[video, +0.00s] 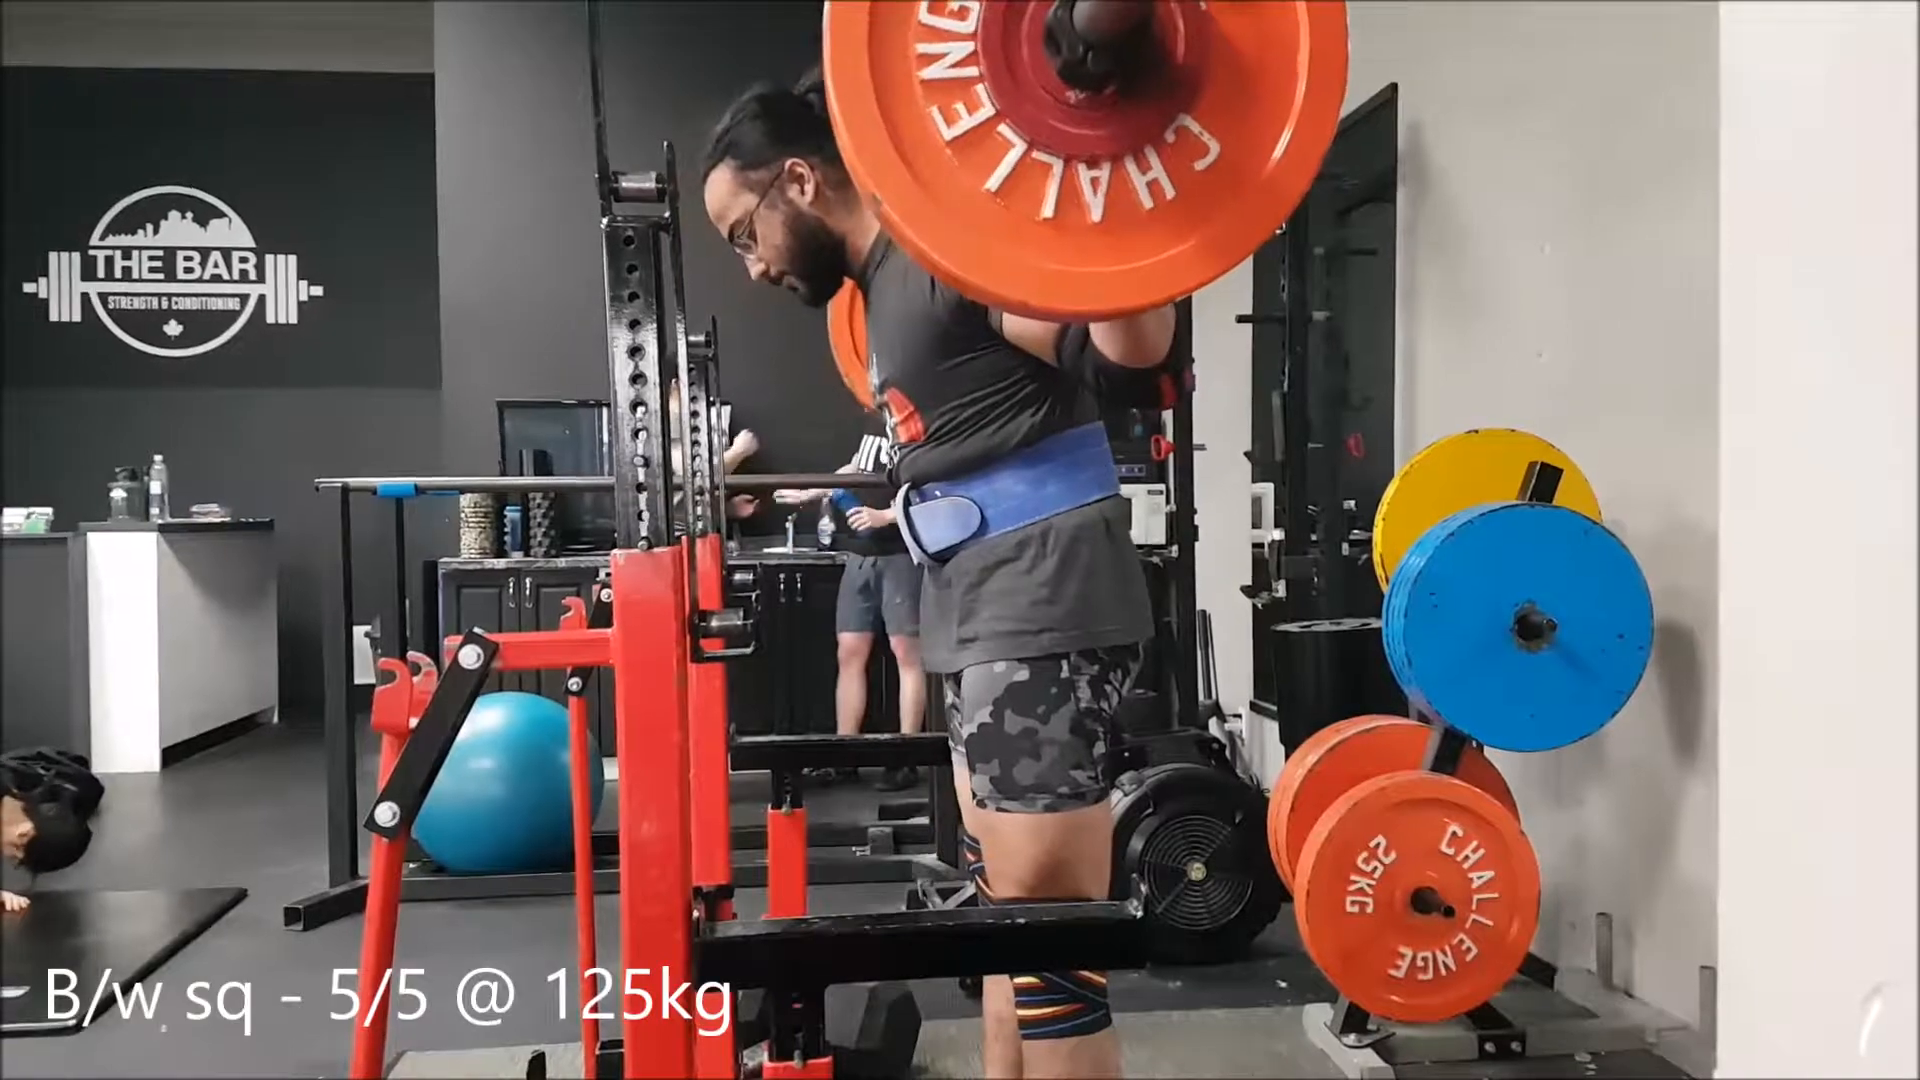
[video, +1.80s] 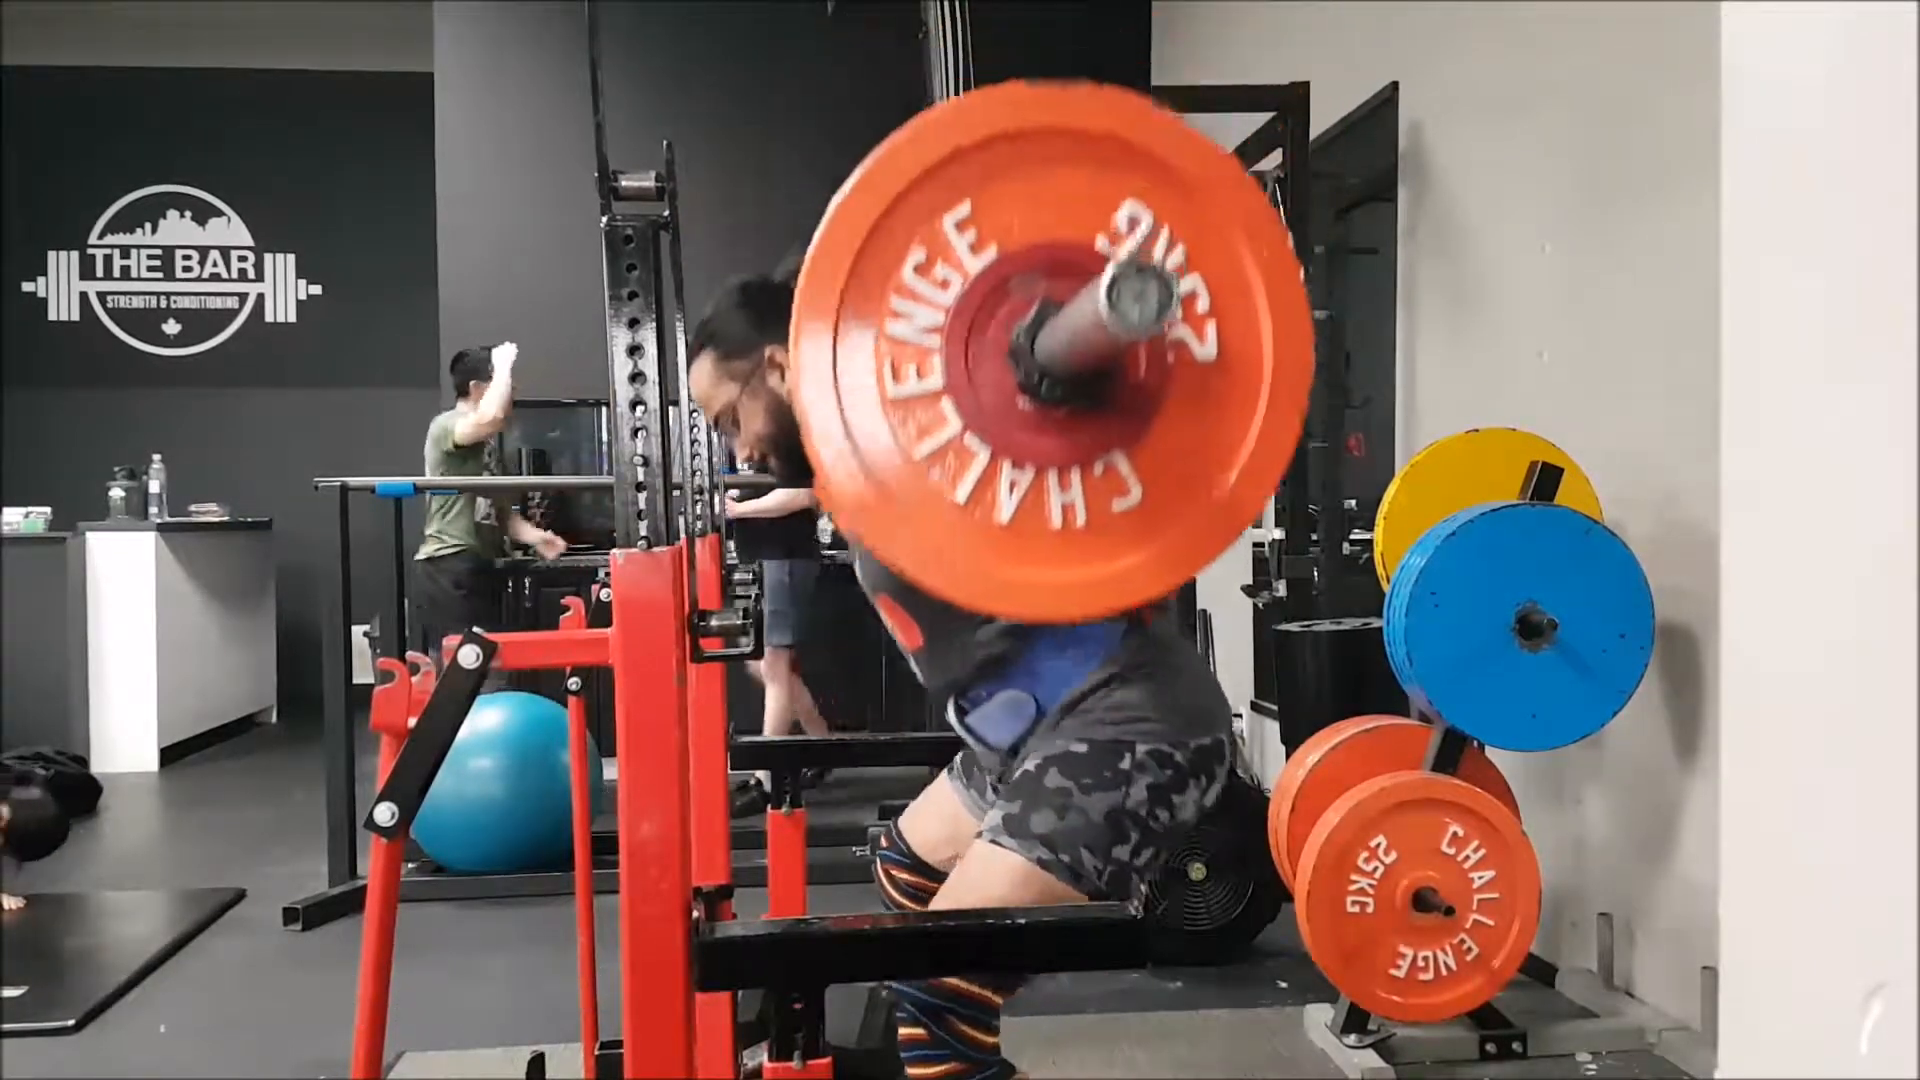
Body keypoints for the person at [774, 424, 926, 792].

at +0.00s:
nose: (878, 398)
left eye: (887, 392)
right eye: (878, 393)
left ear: (909, 393)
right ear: (878, 396)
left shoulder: (929, 440)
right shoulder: (877, 434)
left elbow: (931, 499)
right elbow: (853, 474)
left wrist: (885, 516)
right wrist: (811, 494)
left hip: (902, 557)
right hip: (860, 556)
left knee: (907, 652)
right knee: (850, 652)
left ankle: (907, 757)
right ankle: (843, 755)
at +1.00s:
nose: (811, 392)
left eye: (818, 383)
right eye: (807, 386)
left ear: (846, 380)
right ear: (811, 389)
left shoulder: (888, 427)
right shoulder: (823, 434)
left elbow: (915, 490)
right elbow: (819, 499)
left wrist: (872, 523)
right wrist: (827, 552)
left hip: (890, 556)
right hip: (844, 559)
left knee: (899, 652)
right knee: (846, 652)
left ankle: (905, 756)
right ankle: (845, 755)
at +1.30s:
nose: (786, 382)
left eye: (793, 373)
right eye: (783, 375)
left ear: (820, 371)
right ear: (789, 378)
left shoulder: (857, 421)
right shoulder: (800, 428)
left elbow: (882, 488)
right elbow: (792, 489)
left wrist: (827, 514)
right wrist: (774, 526)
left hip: (851, 556)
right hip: (811, 557)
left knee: (838, 652)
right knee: (825, 657)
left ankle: (876, 749)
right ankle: (840, 753)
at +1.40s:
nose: (778, 380)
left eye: (786, 370)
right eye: (775, 373)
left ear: (814, 370)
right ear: (780, 379)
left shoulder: (846, 420)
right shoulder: (790, 429)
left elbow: (871, 488)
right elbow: (784, 488)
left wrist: (810, 511)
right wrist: (763, 514)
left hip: (840, 552)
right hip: (799, 554)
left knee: (818, 649)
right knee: (815, 656)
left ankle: (841, 759)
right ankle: (835, 759)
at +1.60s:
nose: (763, 383)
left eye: (769, 374)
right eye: (760, 375)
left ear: (795, 373)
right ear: (769, 379)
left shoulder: (825, 423)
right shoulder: (776, 432)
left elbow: (846, 492)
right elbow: (782, 491)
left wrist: (779, 509)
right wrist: (752, 500)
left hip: (816, 558)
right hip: (782, 560)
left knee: (791, 660)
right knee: (815, 664)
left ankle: (779, 768)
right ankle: (842, 758)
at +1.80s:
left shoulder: (784, 426)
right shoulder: (746, 428)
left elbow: (805, 492)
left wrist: (740, 509)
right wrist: (729, 501)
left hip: (787, 553)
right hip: (759, 551)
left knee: (777, 663)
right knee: (757, 662)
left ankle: (767, 776)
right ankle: (823, 739)